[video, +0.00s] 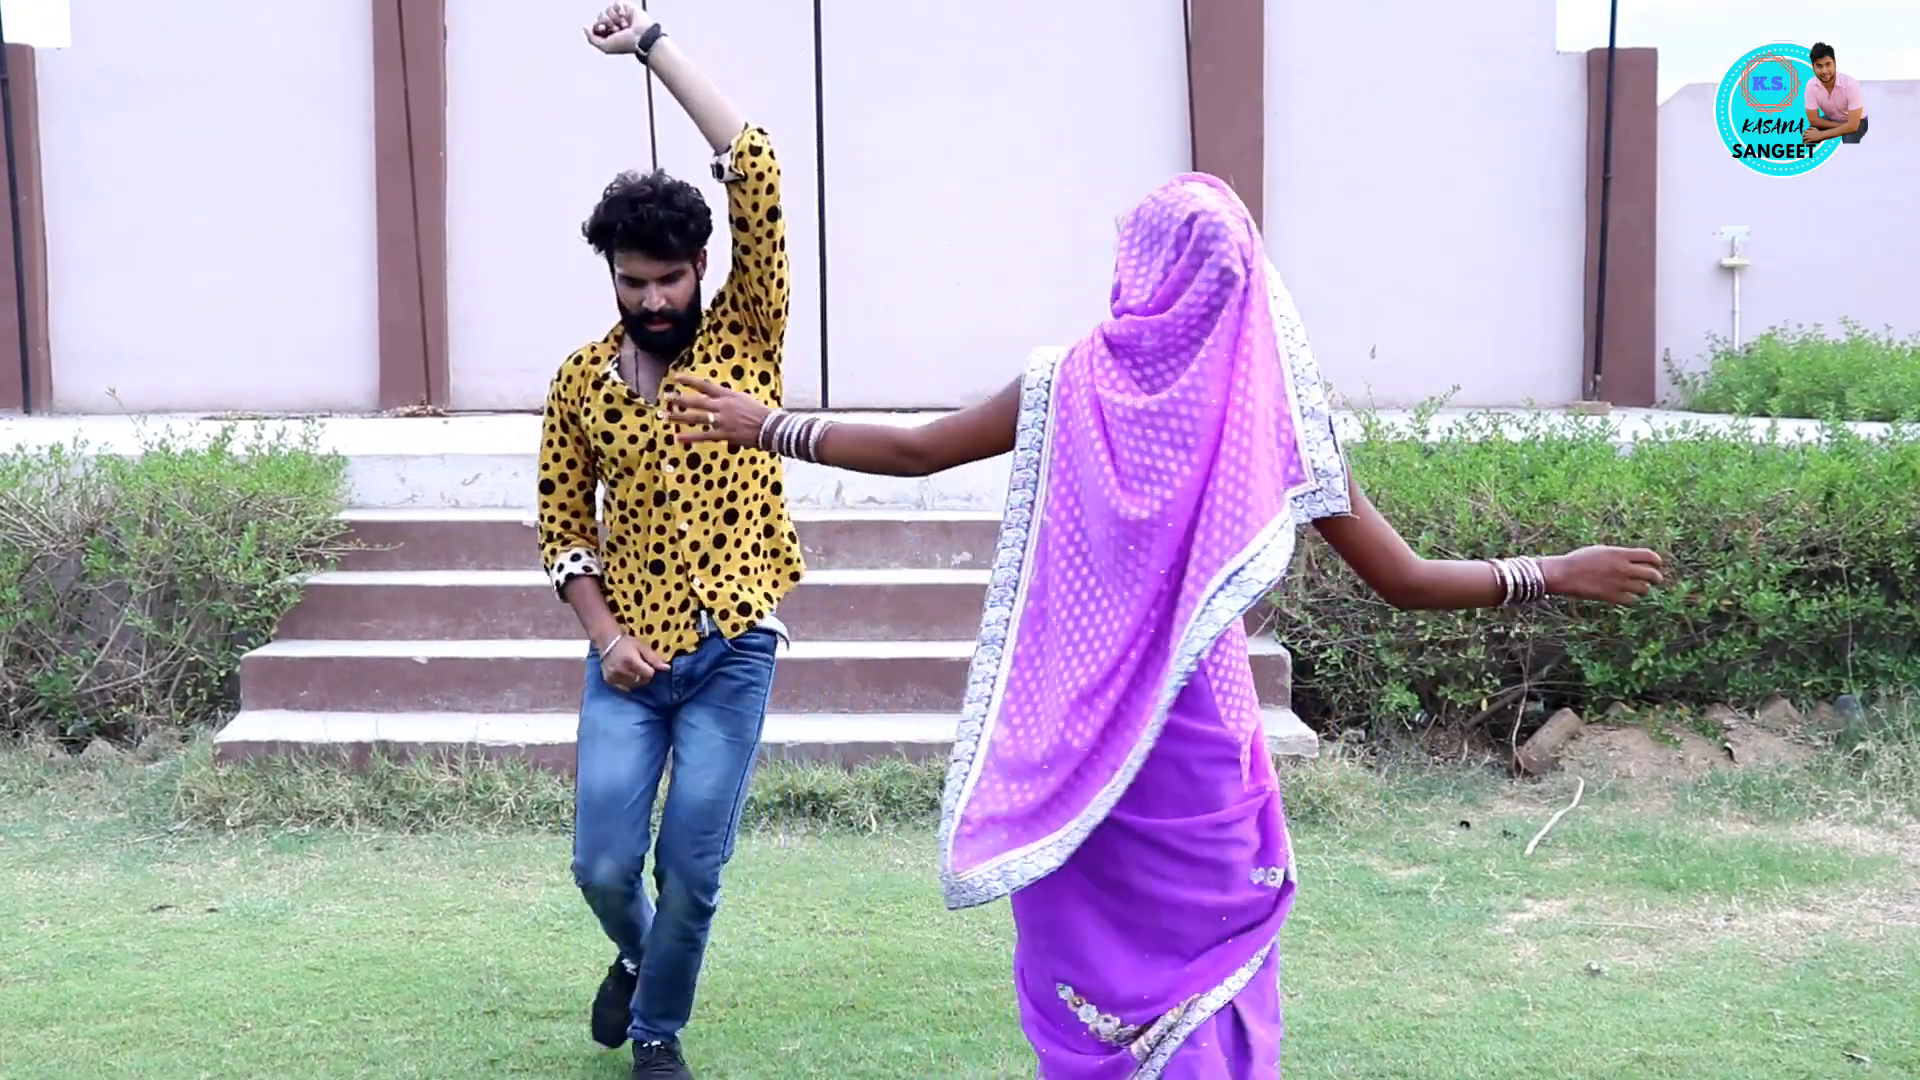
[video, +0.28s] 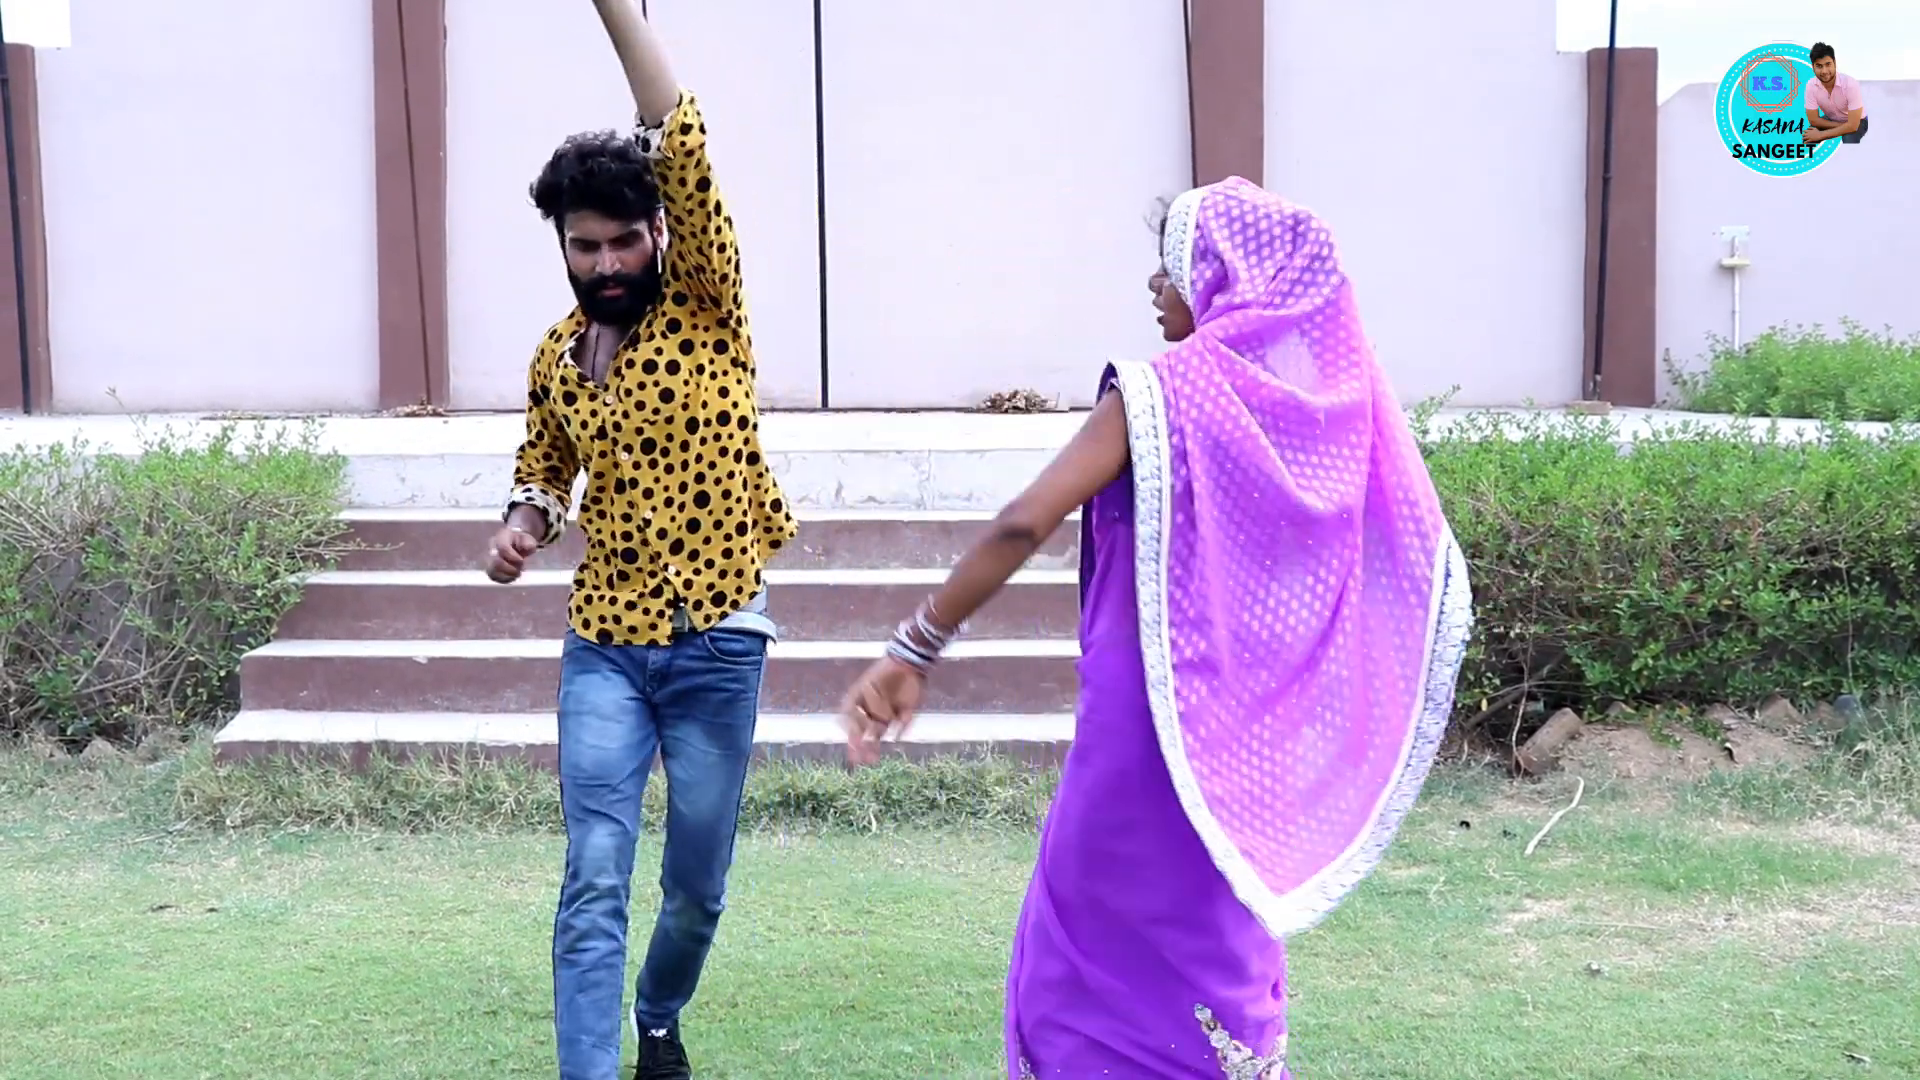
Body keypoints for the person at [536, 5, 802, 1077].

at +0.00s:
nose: (654, 301)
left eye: (670, 281)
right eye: (634, 284)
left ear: (703, 268)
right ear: (609, 274)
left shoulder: (746, 342)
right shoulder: (584, 380)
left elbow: (753, 165)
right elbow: (562, 526)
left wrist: (652, 48)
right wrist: (605, 634)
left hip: (733, 654)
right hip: (627, 660)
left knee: (689, 875)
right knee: (602, 869)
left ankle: (660, 1039)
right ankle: (643, 953)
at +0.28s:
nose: (601, 263)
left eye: (619, 241)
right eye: (582, 247)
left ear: (662, 233)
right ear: (560, 249)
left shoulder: (703, 308)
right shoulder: (560, 360)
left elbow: (680, 136)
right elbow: (543, 482)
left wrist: (612, 3)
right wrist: (521, 526)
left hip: (720, 647)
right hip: (606, 649)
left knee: (698, 890)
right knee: (595, 875)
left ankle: (657, 1022)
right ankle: (589, 1074)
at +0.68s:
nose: (612, 261)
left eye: (633, 239)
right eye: (589, 240)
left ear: (664, 237)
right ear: (559, 241)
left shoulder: (675, 333)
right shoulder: (565, 323)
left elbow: (667, 444)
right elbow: (471, 301)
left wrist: (670, 545)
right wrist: (387, 235)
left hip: (740, 650)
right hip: (626, 656)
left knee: (740, 901)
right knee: (601, 881)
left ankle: (787, 1070)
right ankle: (641, 1074)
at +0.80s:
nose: (629, 273)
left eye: (652, 251)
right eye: (608, 249)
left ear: (683, 251)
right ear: (576, 251)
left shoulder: (685, 366)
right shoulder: (593, 321)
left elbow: (706, 536)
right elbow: (512, 228)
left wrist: (725, 696)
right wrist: (415, 127)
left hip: (736, 668)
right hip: (631, 670)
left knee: (714, 924)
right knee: (620, 916)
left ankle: (786, 1072)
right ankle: (695, 1079)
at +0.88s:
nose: (639, 288)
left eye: (662, 267)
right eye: (618, 267)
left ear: (692, 269)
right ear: (587, 267)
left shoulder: (703, 392)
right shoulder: (611, 340)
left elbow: (736, 586)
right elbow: (535, 216)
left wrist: (766, 764)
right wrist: (442, 88)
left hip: (723, 708)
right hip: (623, 703)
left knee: (699, 944)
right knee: (615, 926)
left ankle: (801, 1071)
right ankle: (691, 1079)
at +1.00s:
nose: (659, 271)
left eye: (683, 252)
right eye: (639, 247)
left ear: (710, 255)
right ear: (602, 244)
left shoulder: (723, 380)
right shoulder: (611, 322)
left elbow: (781, 578)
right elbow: (538, 193)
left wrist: (840, 768)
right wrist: (463, 42)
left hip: (732, 690)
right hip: (624, 692)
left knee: (710, 929)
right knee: (624, 927)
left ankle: (799, 1067)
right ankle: (689, 1076)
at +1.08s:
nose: (672, 246)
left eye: (695, 227)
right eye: (651, 222)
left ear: (724, 229)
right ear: (615, 218)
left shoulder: (744, 357)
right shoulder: (598, 288)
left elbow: (811, 555)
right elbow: (517, 147)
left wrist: (874, 735)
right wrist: (458, 16)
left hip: (741, 669)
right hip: (628, 671)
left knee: (731, 915)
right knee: (648, 931)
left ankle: (787, 1060)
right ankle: (701, 1078)